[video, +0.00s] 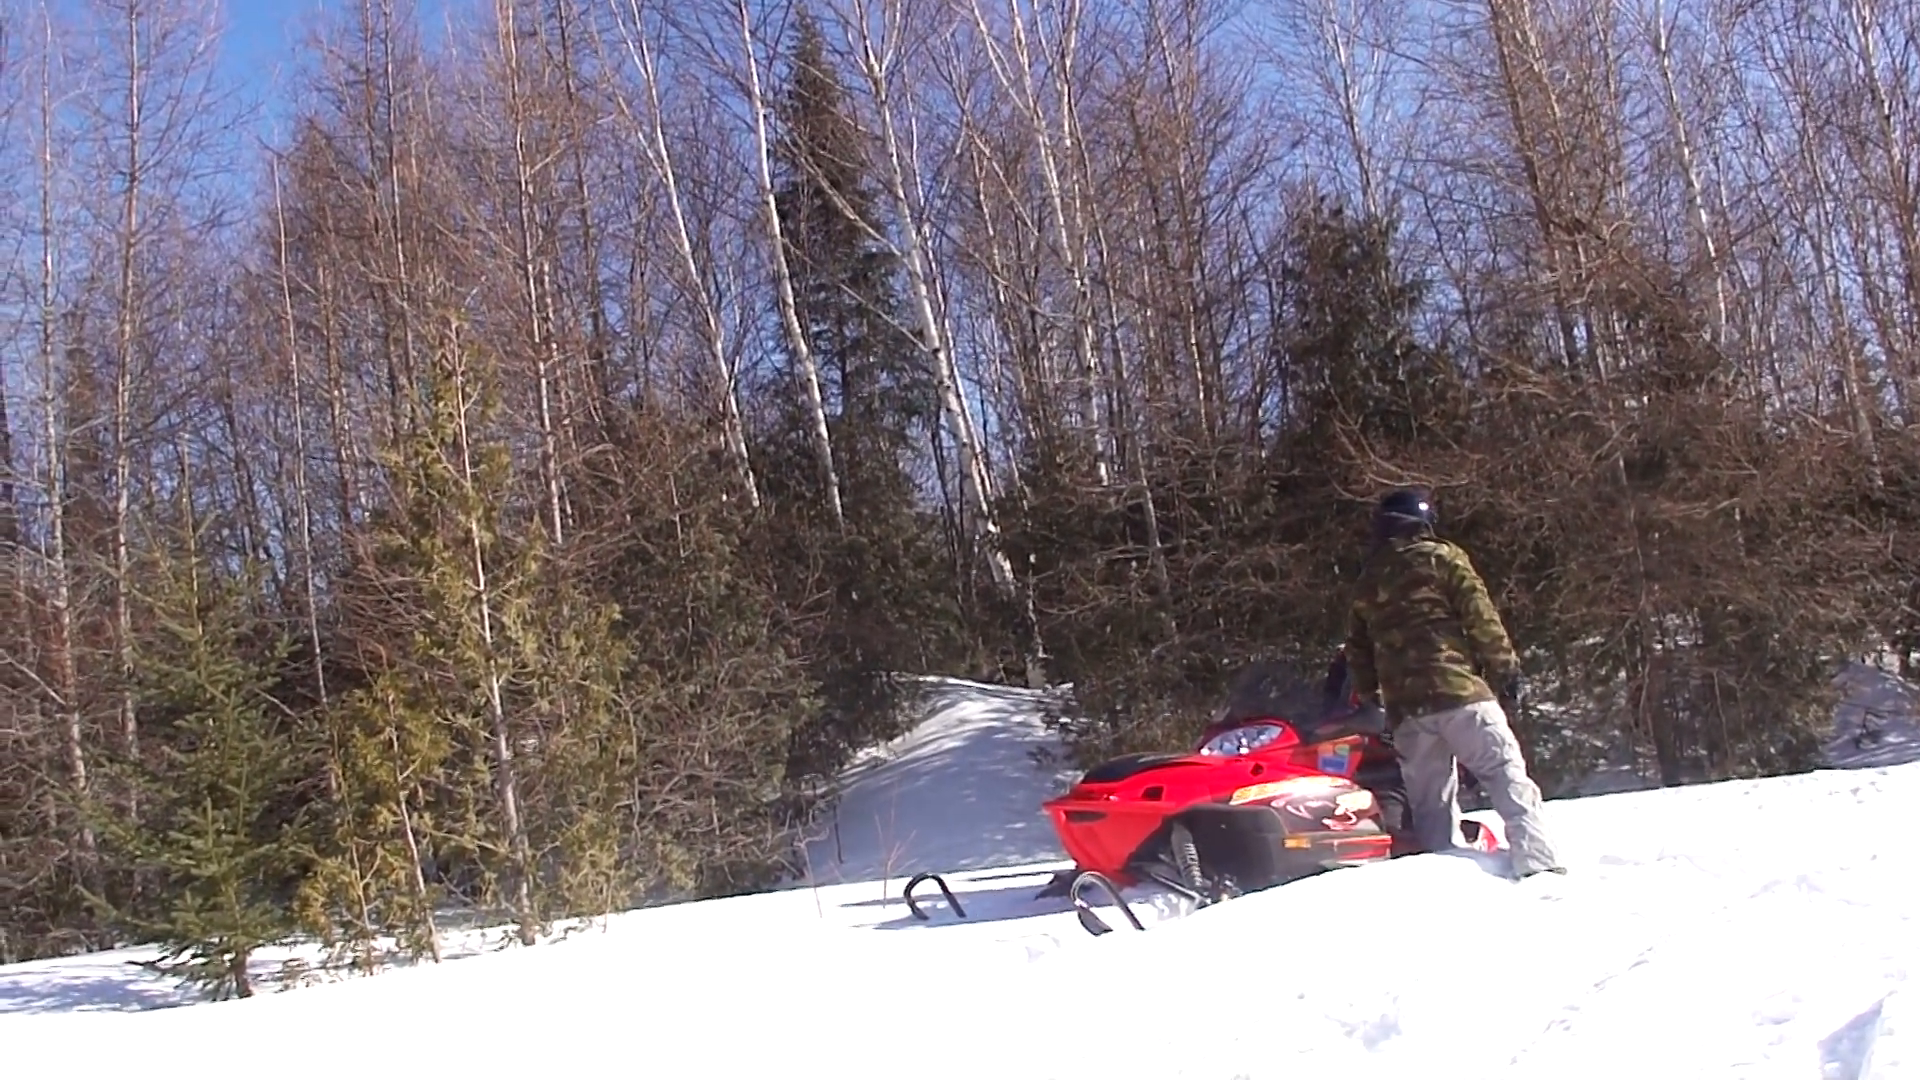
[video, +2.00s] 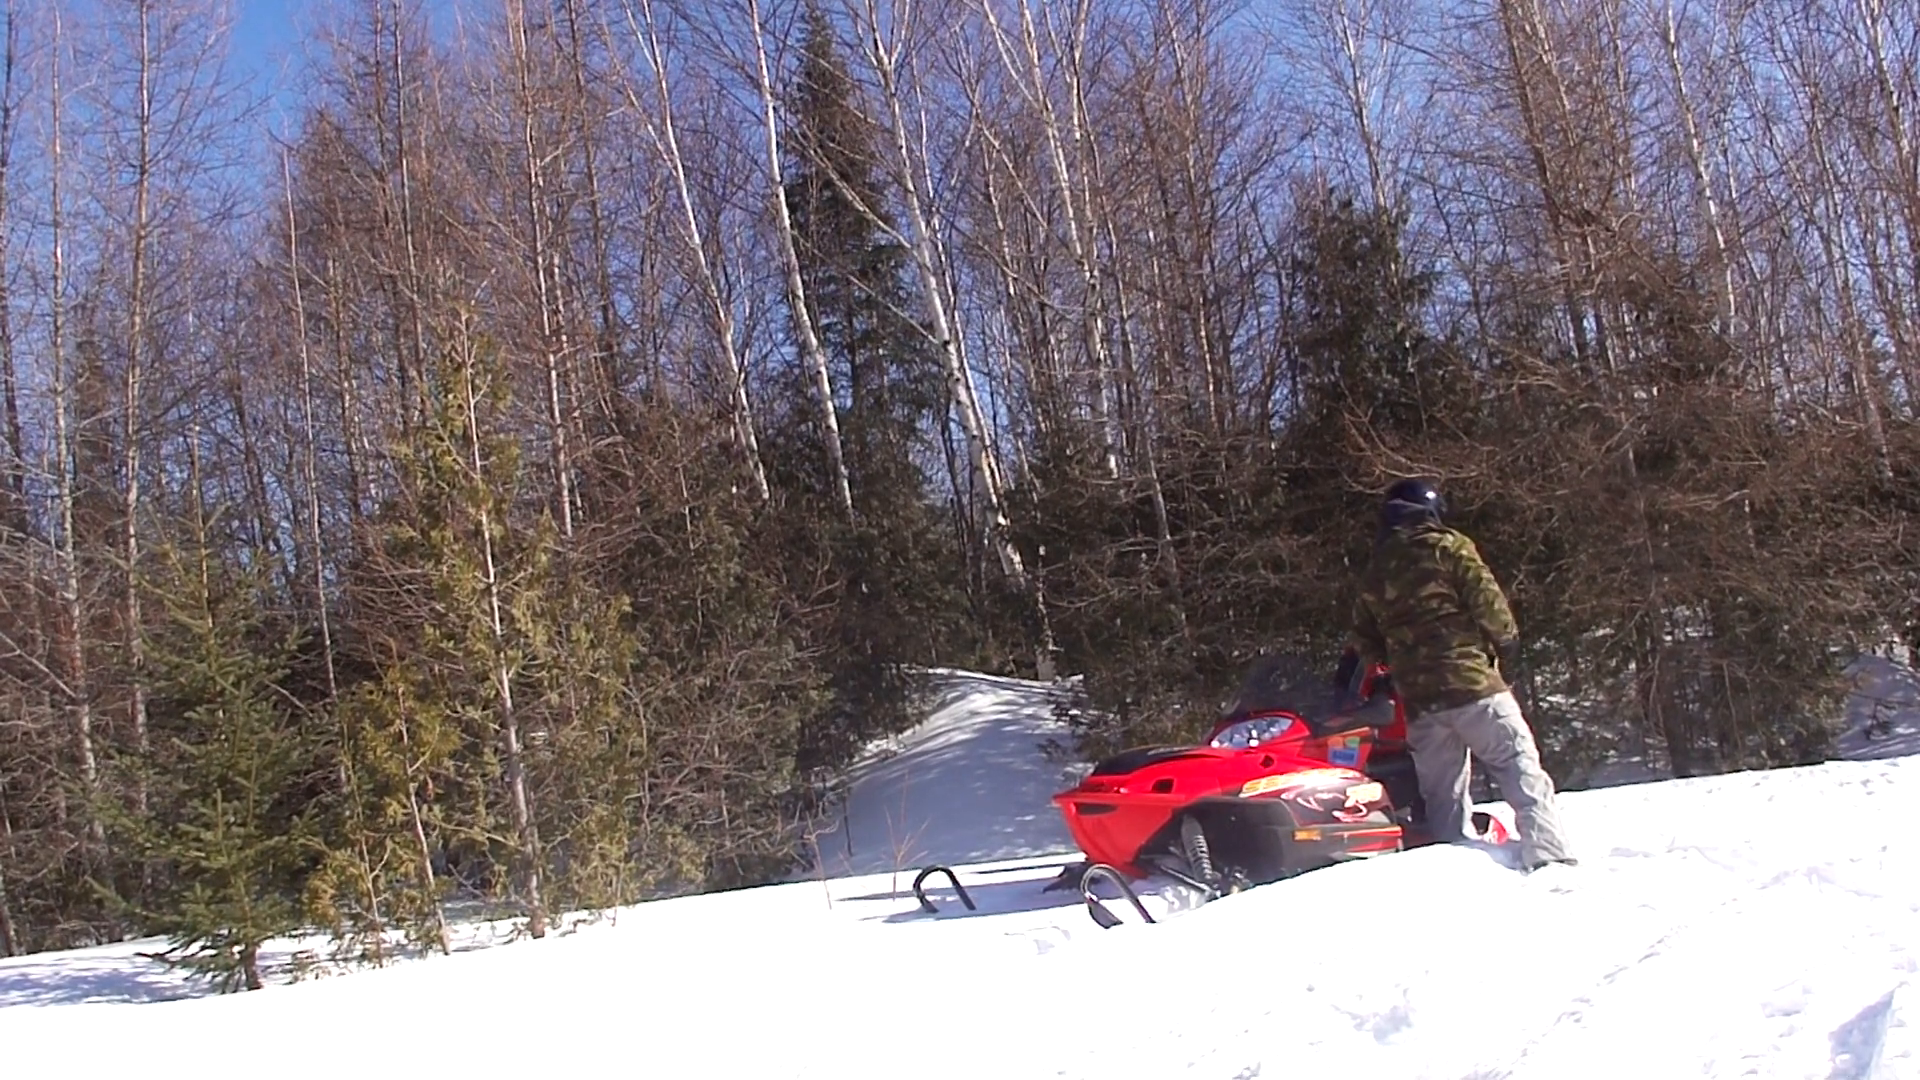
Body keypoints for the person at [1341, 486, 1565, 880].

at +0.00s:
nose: (1433, 524)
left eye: (1429, 519)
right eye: (1430, 518)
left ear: (1383, 525)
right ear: (1423, 520)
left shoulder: (1368, 577)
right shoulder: (1443, 556)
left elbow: (1358, 647)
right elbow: (1479, 616)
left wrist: (1370, 693)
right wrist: (1507, 669)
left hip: (1405, 705)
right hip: (1460, 693)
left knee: (1430, 803)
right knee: (1504, 771)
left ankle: (1439, 882)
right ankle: (1534, 860)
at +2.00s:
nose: (1442, 516)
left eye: (1438, 511)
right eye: (1437, 509)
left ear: (1390, 516)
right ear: (1429, 511)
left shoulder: (1375, 567)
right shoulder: (1449, 544)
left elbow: (1365, 636)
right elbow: (1492, 609)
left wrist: (1398, 660)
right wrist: (1507, 647)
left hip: (1419, 698)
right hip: (1472, 684)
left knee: (1442, 802)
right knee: (1517, 762)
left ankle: (1451, 878)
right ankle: (1546, 854)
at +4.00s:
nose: (1504, 566)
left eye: (1510, 560)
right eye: (1508, 555)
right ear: (1497, 536)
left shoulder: (1421, 551)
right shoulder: (1461, 542)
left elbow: (1409, 623)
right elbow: (1473, 606)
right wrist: (1505, 657)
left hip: (1412, 686)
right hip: (1456, 675)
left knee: (1450, 789)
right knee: (1527, 753)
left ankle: (1459, 868)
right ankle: (1548, 853)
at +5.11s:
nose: (1651, 487)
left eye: (1653, 478)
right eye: (1646, 477)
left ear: (1622, 477)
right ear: (1620, 475)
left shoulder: (1608, 515)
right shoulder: (1579, 511)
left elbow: (1601, 587)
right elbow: (1570, 578)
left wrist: (1616, 640)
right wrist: (1593, 638)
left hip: (1601, 646)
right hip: (1570, 652)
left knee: (1648, 697)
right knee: (1613, 744)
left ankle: (1584, 787)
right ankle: (1595, 850)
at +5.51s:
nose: (1642, 457)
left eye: (1647, 449)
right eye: (1633, 446)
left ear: (1652, 453)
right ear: (1608, 447)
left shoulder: (1648, 504)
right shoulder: (1576, 501)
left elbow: (1669, 574)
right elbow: (1560, 571)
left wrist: (1683, 627)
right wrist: (1586, 627)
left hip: (1660, 645)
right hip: (1613, 647)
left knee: (1673, 744)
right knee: (1625, 746)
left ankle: (1663, 839)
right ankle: (1599, 847)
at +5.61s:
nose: (1634, 452)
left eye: (1642, 443)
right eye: (1624, 442)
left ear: (1651, 447)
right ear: (1604, 445)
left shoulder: (1657, 501)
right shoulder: (1577, 502)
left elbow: (1684, 565)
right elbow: (1562, 572)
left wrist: (1714, 612)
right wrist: (1573, 628)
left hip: (1664, 643)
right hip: (1614, 645)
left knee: (1673, 744)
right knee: (1624, 746)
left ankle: (1663, 836)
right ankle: (1604, 845)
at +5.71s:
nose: (1628, 451)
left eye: (1636, 442)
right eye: (1619, 442)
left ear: (1646, 446)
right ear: (1600, 445)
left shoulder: (1663, 498)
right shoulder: (1575, 503)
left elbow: (1698, 557)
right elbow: (1557, 573)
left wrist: (1736, 601)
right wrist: (1565, 629)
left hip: (1665, 640)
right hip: (1612, 643)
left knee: (1671, 745)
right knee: (1625, 746)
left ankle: (1666, 836)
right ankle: (1613, 844)